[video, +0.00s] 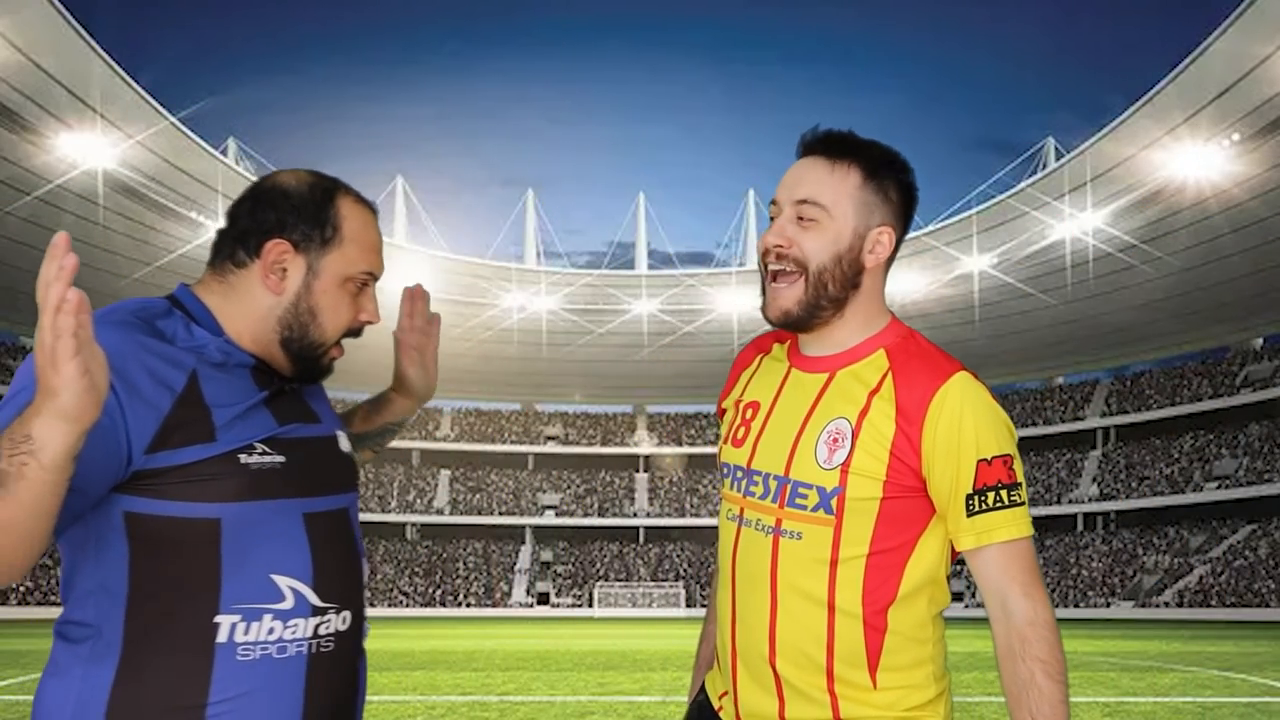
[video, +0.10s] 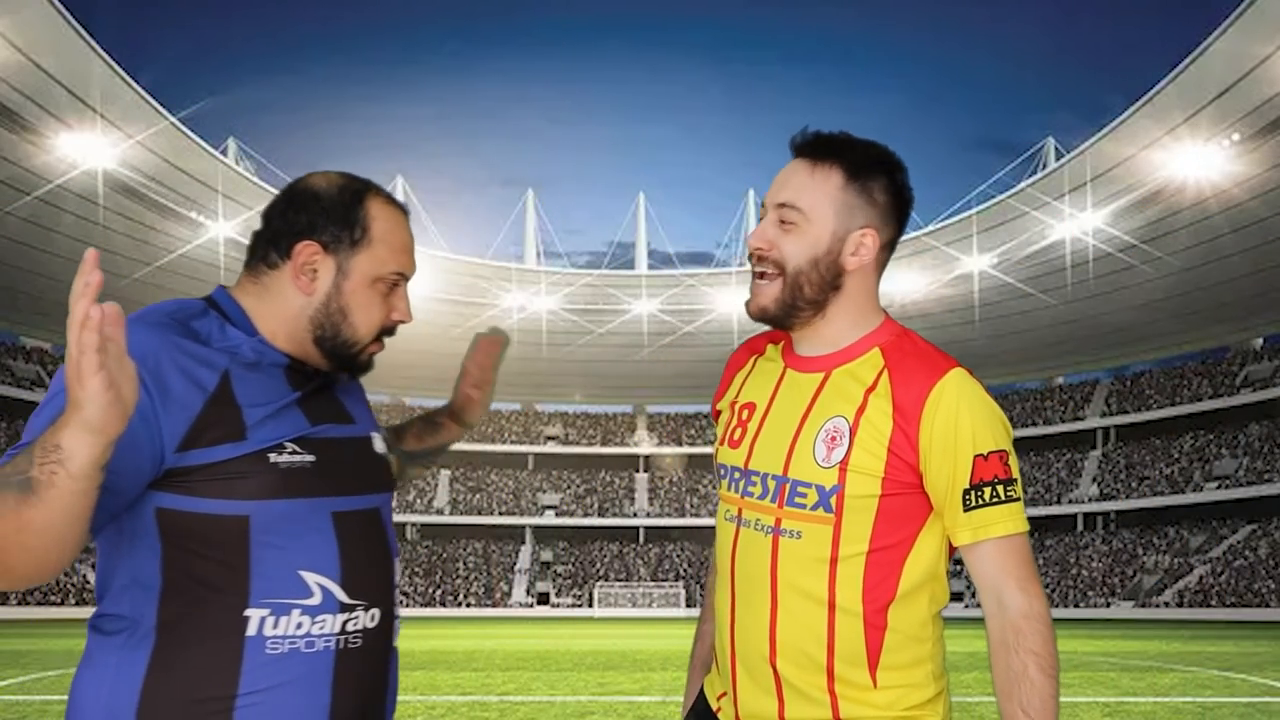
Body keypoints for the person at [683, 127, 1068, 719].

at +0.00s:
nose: (772, 239)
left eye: (806, 218)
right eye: (773, 217)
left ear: (878, 246)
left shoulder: (946, 401)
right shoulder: (752, 366)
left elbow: (1020, 618)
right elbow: (739, 562)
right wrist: (703, 692)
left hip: (875, 706)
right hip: (730, 702)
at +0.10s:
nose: (755, 239)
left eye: (787, 220)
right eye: (762, 217)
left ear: (860, 248)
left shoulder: (942, 399)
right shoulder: (746, 367)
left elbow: (1015, 610)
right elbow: (733, 560)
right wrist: (696, 694)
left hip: (875, 706)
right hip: (728, 703)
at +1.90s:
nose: (693, 246)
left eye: (725, 224)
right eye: (694, 224)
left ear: (798, 246)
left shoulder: (891, 386)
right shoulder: (654, 387)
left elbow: (990, 572)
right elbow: (619, 577)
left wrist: (1052, 712)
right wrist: (573, 697)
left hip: (865, 705)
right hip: (703, 705)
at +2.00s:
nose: (718, 246)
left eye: (751, 220)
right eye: (715, 224)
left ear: (821, 242)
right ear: (707, 238)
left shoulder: (910, 387)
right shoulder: (684, 381)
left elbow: (1012, 577)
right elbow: (655, 561)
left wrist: (1071, 717)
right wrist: (589, 689)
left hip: (872, 708)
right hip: (713, 709)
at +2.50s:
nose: (809, 265)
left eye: (832, 237)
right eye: (818, 236)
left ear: (910, 252)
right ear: (907, 252)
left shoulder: (1023, 408)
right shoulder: (794, 365)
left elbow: (1120, 617)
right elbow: (755, 506)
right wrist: (673, 626)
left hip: (952, 708)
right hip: (786, 708)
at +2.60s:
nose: (800, 261)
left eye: (824, 235)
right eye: (809, 233)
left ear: (902, 248)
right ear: (898, 248)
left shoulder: (1016, 404)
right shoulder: (786, 365)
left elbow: (1107, 607)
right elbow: (758, 518)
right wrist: (699, 654)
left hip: (946, 707)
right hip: (783, 704)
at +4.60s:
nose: (496, 257)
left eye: (525, 230)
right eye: (499, 235)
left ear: (601, 243)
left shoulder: (710, 375)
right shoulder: (505, 393)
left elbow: (806, 575)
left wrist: (838, 712)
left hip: (709, 702)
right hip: (568, 704)